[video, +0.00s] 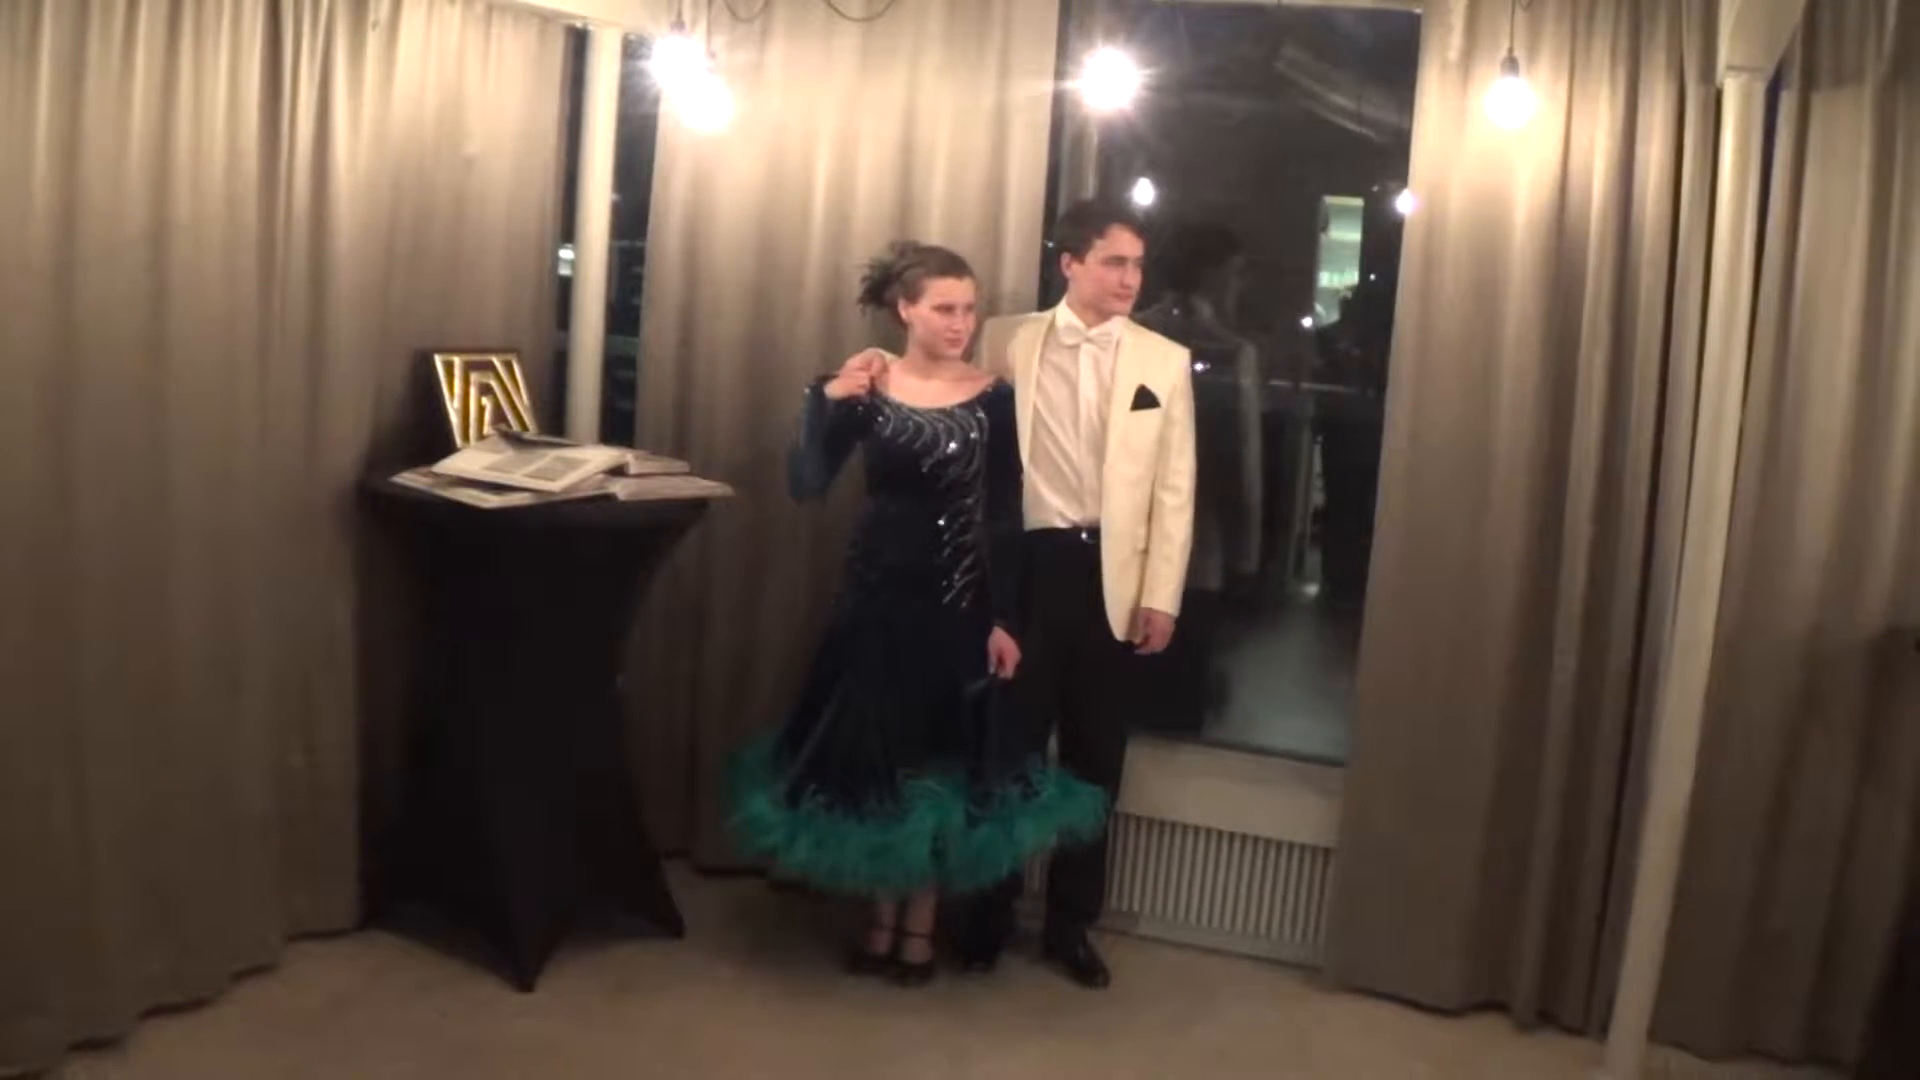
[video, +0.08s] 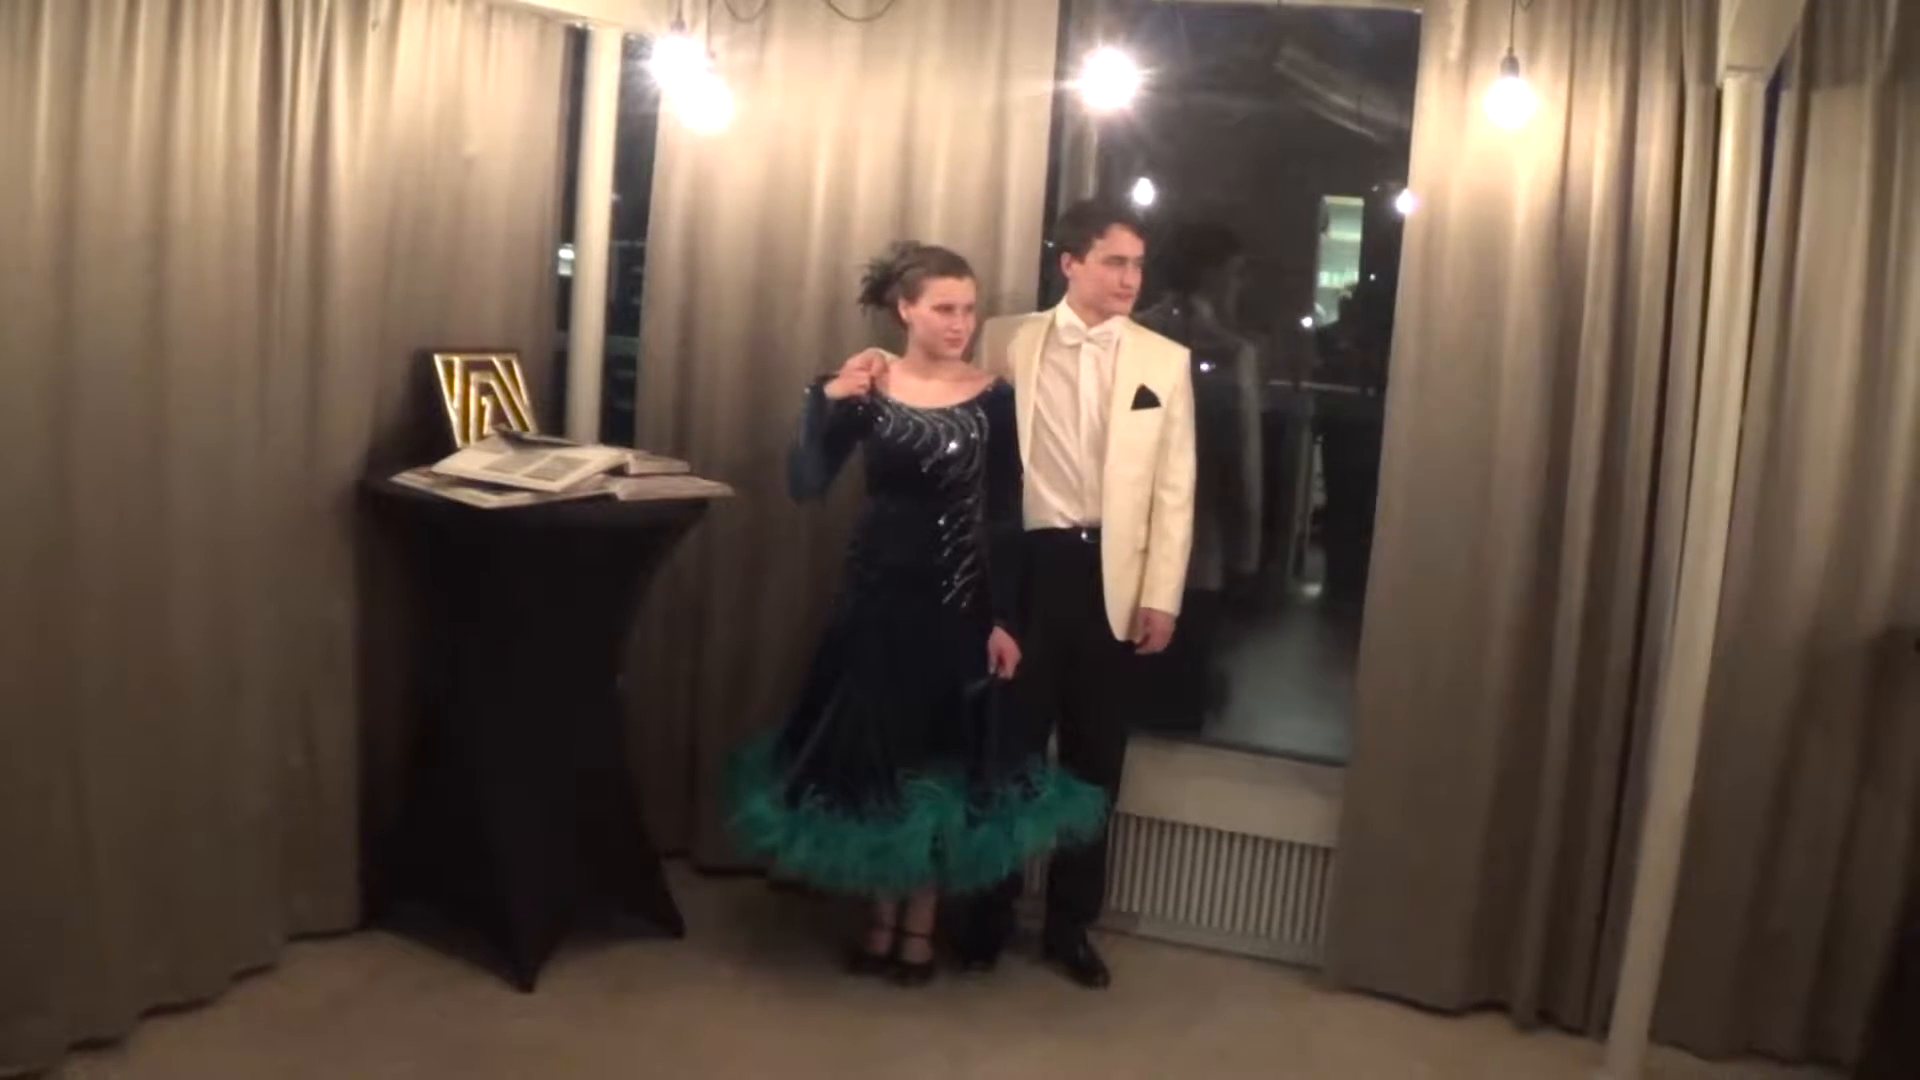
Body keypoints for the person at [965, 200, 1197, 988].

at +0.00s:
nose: (1129, 278)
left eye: (1138, 266)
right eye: (1114, 262)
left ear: (1144, 275)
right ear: (1069, 265)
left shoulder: (1165, 363)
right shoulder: (1008, 342)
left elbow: (1176, 490)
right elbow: (969, 455)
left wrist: (1162, 595)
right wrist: (965, 569)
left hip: (1111, 573)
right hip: (1020, 565)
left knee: (1096, 753)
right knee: (1007, 739)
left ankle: (1071, 925)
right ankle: (983, 917)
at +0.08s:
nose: (1129, 278)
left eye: (1138, 265)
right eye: (1115, 262)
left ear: (1144, 275)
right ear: (1069, 265)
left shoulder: (1165, 363)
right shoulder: (1008, 341)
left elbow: (1175, 489)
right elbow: (968, 454)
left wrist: (1162, 595)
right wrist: (963, 567)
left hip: (1110, 572)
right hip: (1019, 565)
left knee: (1096, 752)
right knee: (1007, 738)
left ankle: (1070, 925)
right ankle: (982, 917)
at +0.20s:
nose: (1129, 277)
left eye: (1138, 265)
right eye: (1114, 261)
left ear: (1144, 275)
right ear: (1069, 264)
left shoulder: (1166, 362)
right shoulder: (1009, 341)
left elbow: (1178, 490)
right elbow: (969, 454)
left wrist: (1164, 594)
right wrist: (964, 568)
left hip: (1112, 572)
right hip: (1020, 565)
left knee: (1096, 753)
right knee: (1008, 739)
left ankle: (1070, 926)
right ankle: (982, 918)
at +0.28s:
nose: (1129, 276)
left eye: (1138, 264)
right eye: (1114, 261)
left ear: (1144, 274)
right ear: (1069, 264)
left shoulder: (1167, 362)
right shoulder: (1008, 342)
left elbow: (1178, 489)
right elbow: (970, 458)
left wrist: (1166, 594)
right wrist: (964, 568)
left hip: (1113, 574)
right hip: (1020, 566)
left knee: (1096, 755)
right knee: (1007, 740)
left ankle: (1070, 926)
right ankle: (982, 918)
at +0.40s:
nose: (1129, 277)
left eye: (1138, 265)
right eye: (1114, 261)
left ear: (1145, 275)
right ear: (1069, 263)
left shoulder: (1167, 362)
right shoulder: (1009, 342)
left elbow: (1179, 489)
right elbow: (971, 458)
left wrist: (1169, 592)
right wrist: (966, 568)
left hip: (1114, 575)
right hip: (1021, 566)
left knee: (1096, 755)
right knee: (1008, 741)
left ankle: (1072, 926)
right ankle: (982, 919)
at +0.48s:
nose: (1130, 276)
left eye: (1138, 264)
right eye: (1115, 260)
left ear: (1144, 274)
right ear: (1069, 262)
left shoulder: (1167, 362)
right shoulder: (1008, 342)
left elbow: (1180, 489)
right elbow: (969, 455)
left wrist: (1170, 593)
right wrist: (964, 568)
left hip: (1115, 573)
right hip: (1021, 566)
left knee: (1097, 754)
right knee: (1008, 740)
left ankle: (1071, 927)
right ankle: (982, 920)